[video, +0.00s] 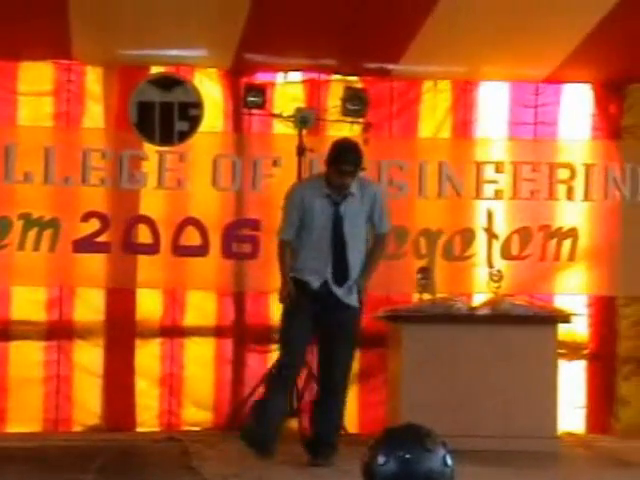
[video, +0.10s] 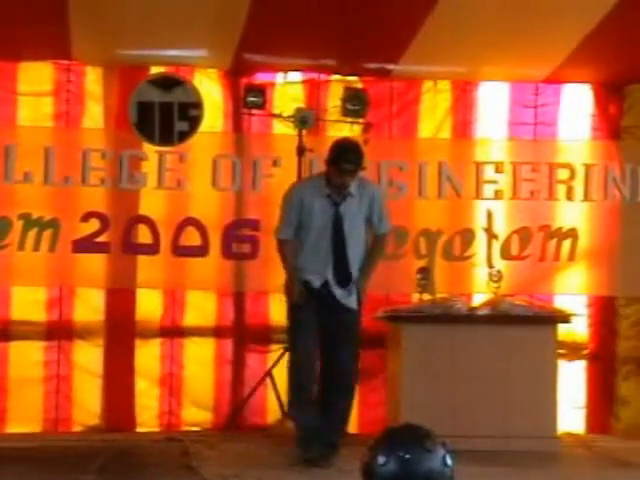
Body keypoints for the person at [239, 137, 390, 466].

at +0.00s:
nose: (345, 182)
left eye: (351, 176)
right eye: (340, 175)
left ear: (359, 172)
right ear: (327, 168)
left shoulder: (370, 195)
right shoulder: (302, 193)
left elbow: (380, 237)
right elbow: (286, 239)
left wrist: (364, 279)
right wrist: (285, 280)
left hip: (346, 293)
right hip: (306, 289)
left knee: (335, 374)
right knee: (289, 363)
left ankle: (324, 444)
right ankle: (263, 432)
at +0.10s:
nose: (346, 181)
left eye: (352, 174)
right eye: (340, 174)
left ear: (359, 171)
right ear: (328, 167)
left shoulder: (370, 193)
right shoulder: (301, 192)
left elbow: (381, 234)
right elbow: (285, 236)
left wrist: (363, 279)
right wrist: (293, 276)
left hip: (346, 291)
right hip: (307, 288)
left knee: (342, 367)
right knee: (304, 364)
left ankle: (330, 439)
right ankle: (307, 436)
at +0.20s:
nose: (350, 180)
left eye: (355, 174)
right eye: (344, 173)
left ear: (362, 170)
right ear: (330, 166)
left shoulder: (370, 193)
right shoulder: (301, 190)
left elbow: (377, 235)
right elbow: (286, 236)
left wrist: (362, 274)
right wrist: (294, 274)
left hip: (347, 289)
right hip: (310, 287)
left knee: (344, 365)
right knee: (314, 364)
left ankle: (334, 437)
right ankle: (320, 438)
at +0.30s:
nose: (341, 181)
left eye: (346, 174)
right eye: (335, 174)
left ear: (352, 171)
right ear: (320, 168)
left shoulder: (357, 198)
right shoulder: (293, 195)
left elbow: (360, 239)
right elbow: (270, 236)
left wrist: (351, 278)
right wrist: (290, 279)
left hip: (339, 297)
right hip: (301, 295)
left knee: (337, 368)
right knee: (305, 369)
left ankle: (312, 434)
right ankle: (322, 442)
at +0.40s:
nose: (336, 180)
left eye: (341, 173)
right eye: (330, 172)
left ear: (347, 172)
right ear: (316, 169)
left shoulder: (353, 201)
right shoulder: (290, 197)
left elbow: (353, 244)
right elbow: (262, 236)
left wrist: (347, 286)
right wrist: (284, 275)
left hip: (331, 298)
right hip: (293, 294)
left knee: (330, 371)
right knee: (285, 364)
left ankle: (296, 436)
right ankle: (302, 438)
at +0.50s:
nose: (324, 185)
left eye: (329, 178)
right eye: (317, 178)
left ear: (335, 176)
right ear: (303, 176)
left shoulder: (345, 206)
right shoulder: (281, 206)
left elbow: (347, 250)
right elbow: (252, 245)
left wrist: (337, 291)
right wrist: (276, 284)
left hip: (318, 306)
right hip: (279, 303)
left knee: (310, 381)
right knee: (265, 373)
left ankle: (284, 444)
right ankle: (272, 445)